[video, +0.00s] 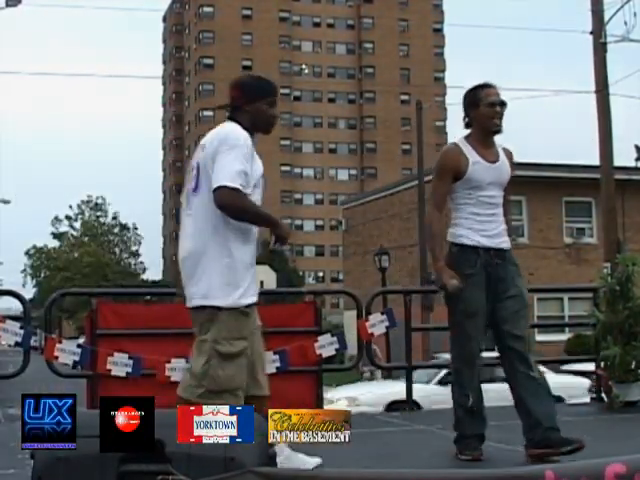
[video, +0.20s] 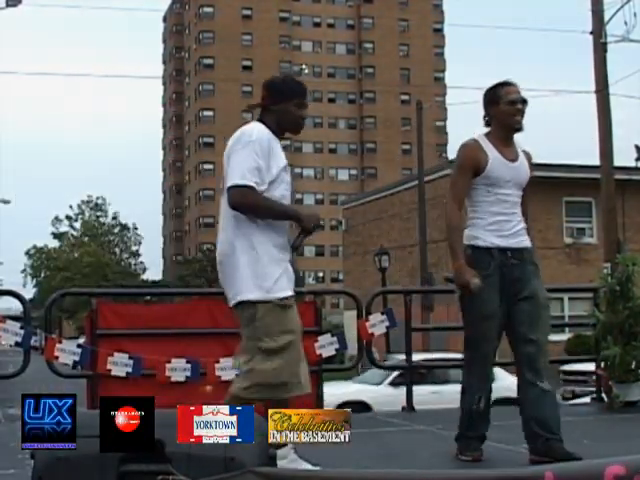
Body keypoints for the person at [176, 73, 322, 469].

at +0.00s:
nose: (275, 113)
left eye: (275, 105)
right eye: (269, 105)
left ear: (241, 107)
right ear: (245, 106)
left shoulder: (219, 140)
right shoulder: (233, 138)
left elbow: (209, 209)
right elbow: (227, 197)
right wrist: (273, 222)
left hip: (228, 284)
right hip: (221, 286)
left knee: (253, 378)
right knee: (211, 385)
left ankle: (267, 448)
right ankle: (191, 462)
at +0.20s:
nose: (303, 119)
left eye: (304, 111)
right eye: (300, 111)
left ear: (277, 108)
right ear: (277, 107)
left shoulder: (265, 142)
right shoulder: (253, 137)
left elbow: (252, 208)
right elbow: (241, 195)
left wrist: (295, 226)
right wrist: (297, 214)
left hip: (268, 276)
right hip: (256, 277)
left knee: (279, 373)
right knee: (272, 370)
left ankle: (268, 451)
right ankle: (223, 447)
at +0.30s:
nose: (316, 115)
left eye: (317, 107)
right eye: (310, 107)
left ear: (295, 105)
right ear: (286, 103)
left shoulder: (283, 145)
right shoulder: (262, 135)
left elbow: (281, 222)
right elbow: (249, 195)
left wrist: (305, 268)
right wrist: (307, 209)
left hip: (281, 267)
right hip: (267, 266)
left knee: (284, 358)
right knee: (301, 351)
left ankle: (269, 448)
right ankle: (274, 447)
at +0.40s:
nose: (326, 110)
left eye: (327, 102)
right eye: (320, 102)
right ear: (293, 101)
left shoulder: (300, 148)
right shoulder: (272, 135)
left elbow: (315, 224)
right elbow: (259, 195)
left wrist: (354, 257)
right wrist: (319, 207)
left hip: (288, 269)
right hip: (279, 269)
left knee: (285, 369)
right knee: (315, 360)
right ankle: (307, 455)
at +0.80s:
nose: (375, 104)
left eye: (376, 96)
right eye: (368, 96)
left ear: (353, 99)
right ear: (342, 97)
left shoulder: (353, 143)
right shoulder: (313, 137)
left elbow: (359, 214)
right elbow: (304, 207)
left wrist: (395, 250)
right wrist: (367, 210)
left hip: (342, 273)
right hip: (320, 274)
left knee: (312, 368)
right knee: (346, 368)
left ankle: (284, 445)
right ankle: (369, 454)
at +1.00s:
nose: (397, 96)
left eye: (397, 89)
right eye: (391, 89)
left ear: (376, 89)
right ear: (364, 88)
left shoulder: (375, 134)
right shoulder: (333, 128)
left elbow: (372, 199)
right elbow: (322, 198)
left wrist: (394, 209)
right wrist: (388, 203)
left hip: (375, 265)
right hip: (341, 267)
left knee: (376, 354)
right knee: (352, 363)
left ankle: (317, 433)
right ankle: (370, 455)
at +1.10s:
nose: (406, 96)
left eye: (407, 88)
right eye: (400, 88)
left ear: (387, 86)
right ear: (373, 85)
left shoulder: (382, 129)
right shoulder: (341, 125)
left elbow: (382, 191)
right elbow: (334, 194)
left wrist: (405, 207)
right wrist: (398, 198)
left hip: (385, 263)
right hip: (349, 268)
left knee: (405, 349)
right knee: (359, 365)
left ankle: (338, 421)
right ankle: (368, 451)